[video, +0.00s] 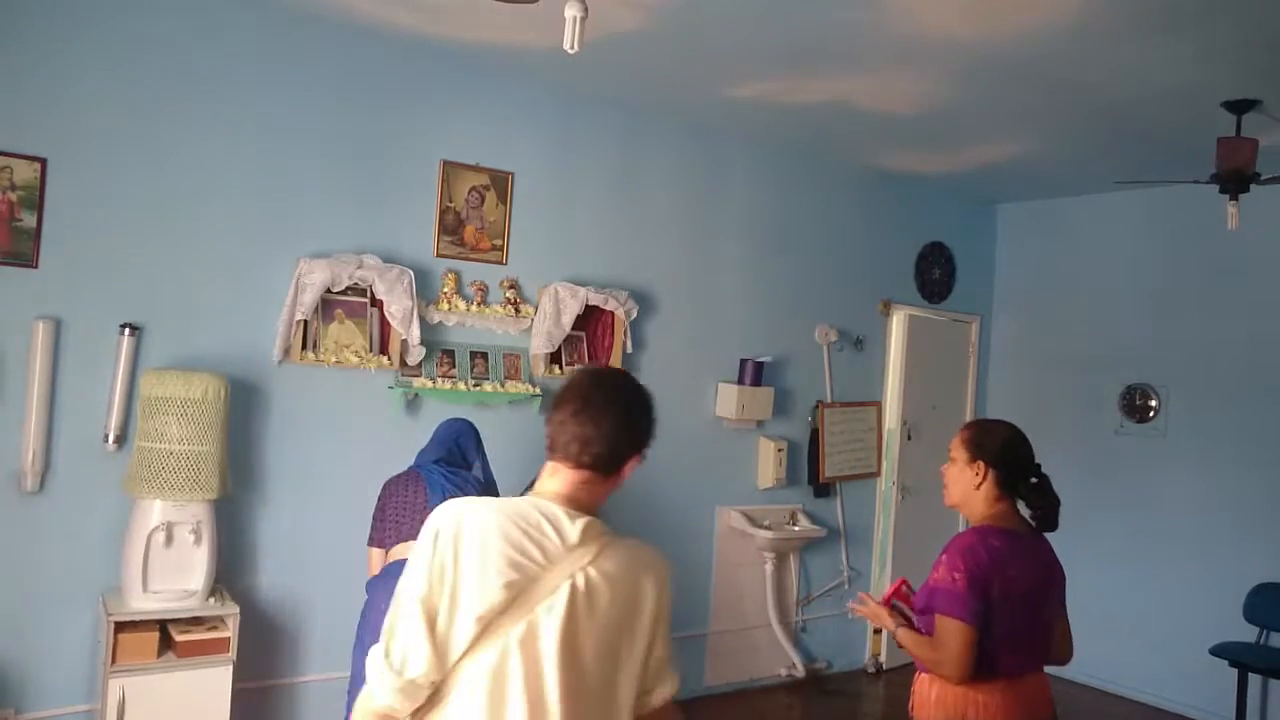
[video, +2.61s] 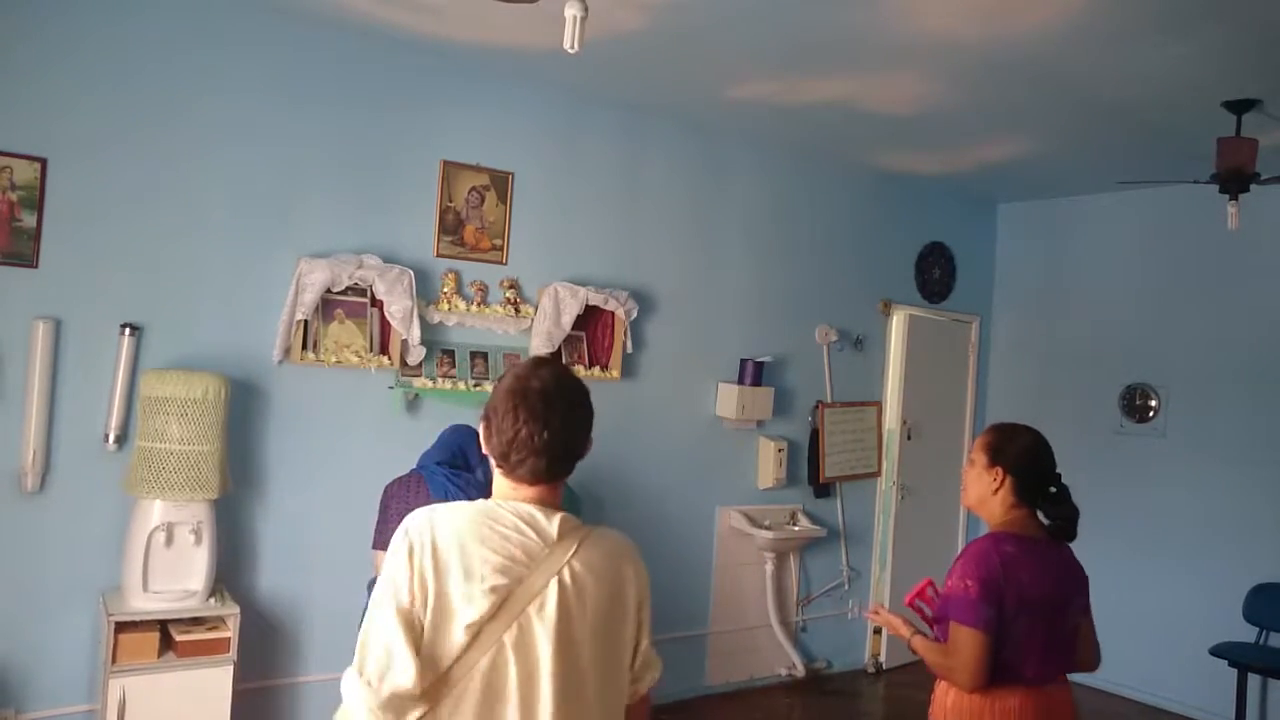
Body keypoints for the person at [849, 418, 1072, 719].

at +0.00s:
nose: (942, 471)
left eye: (951, 461)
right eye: (947, 461)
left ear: (978, 473)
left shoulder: (965, 550)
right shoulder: (1040, 547)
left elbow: (953, 665)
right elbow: (1060, 650)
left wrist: (895, 626)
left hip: (962, 701)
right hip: (1028, 695)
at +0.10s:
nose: (942, 473)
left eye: (951, 463)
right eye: (947, 463)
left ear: (976, 476)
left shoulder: (959, 553)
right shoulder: (1042, 554)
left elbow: (946, 669)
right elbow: (1064, 657)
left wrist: (887, 628)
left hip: (958, 704)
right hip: (1027, 700)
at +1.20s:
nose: (945, 478)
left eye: (949, 469)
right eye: (946, 469)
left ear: (973, 485)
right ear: (1016, 478)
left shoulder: (954, 558)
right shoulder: (1059, 553)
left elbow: (935, 672)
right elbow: (1087, 650)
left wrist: (901, 627)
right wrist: (1019, 646)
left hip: (968, 703)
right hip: (1043, 700)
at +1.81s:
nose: (966, 463)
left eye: (976, 457)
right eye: (972, 454)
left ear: (1003, 477)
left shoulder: (987, 548)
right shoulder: (1057, 545)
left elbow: (973, 657)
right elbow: (1075, 636)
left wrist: (915, 620)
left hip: (988, 692)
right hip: (1048, 684)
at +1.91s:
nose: (966, 464)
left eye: (976, 457)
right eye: (971, 455)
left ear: (1003, 476)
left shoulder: (990, 547)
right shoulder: (1054, 542)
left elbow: (975, 655)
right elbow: (1071, 636)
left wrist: (912, 618)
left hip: (987, 693)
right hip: (1045, 684)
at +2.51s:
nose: (963, 468)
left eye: (972, 459)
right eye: (968, 458)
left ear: (999, 475)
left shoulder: (983, 554)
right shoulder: (1059, 551)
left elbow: (972, 668)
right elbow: (1079, 652)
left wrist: (912, 630)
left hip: (982, 701)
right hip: (1048, 696)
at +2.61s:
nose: (962, 472)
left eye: (971, 462)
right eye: (967, 462)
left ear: (997, 478)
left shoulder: (981, 557)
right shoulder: (1062, 556)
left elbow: (968, 673)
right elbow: (1086, 657)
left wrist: (910, 636)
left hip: (982, 703)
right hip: (1050, 700)